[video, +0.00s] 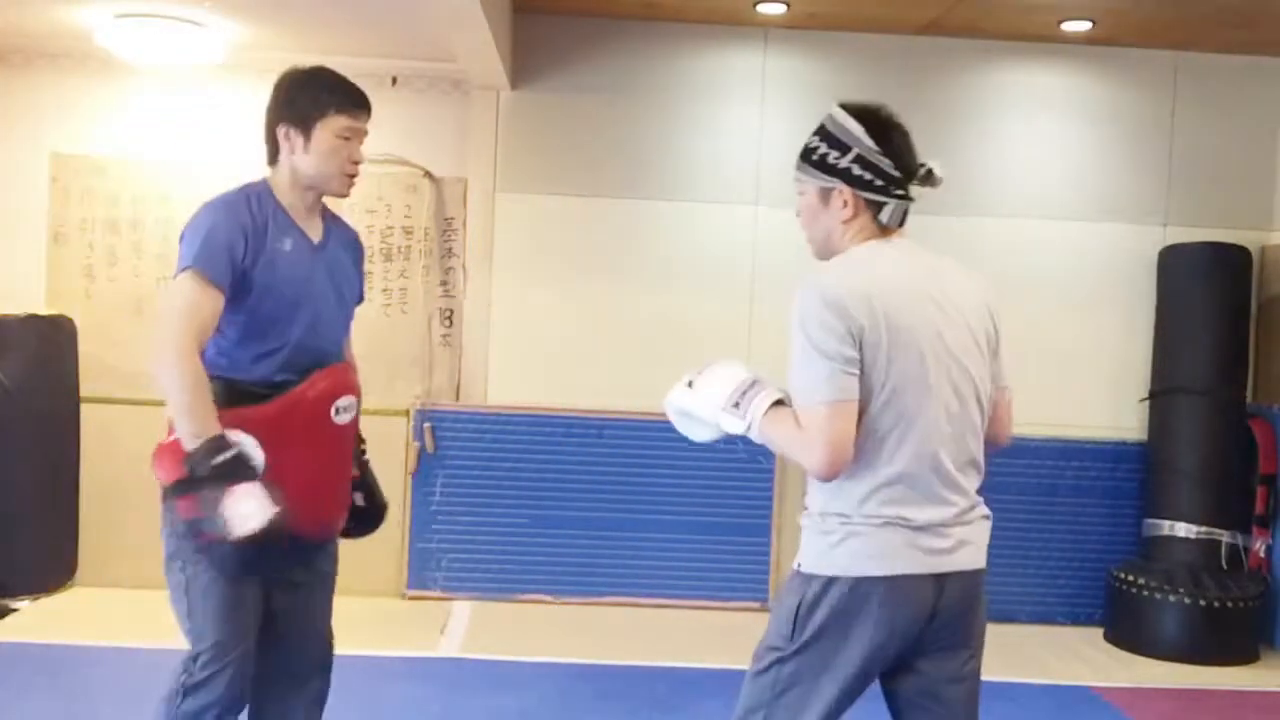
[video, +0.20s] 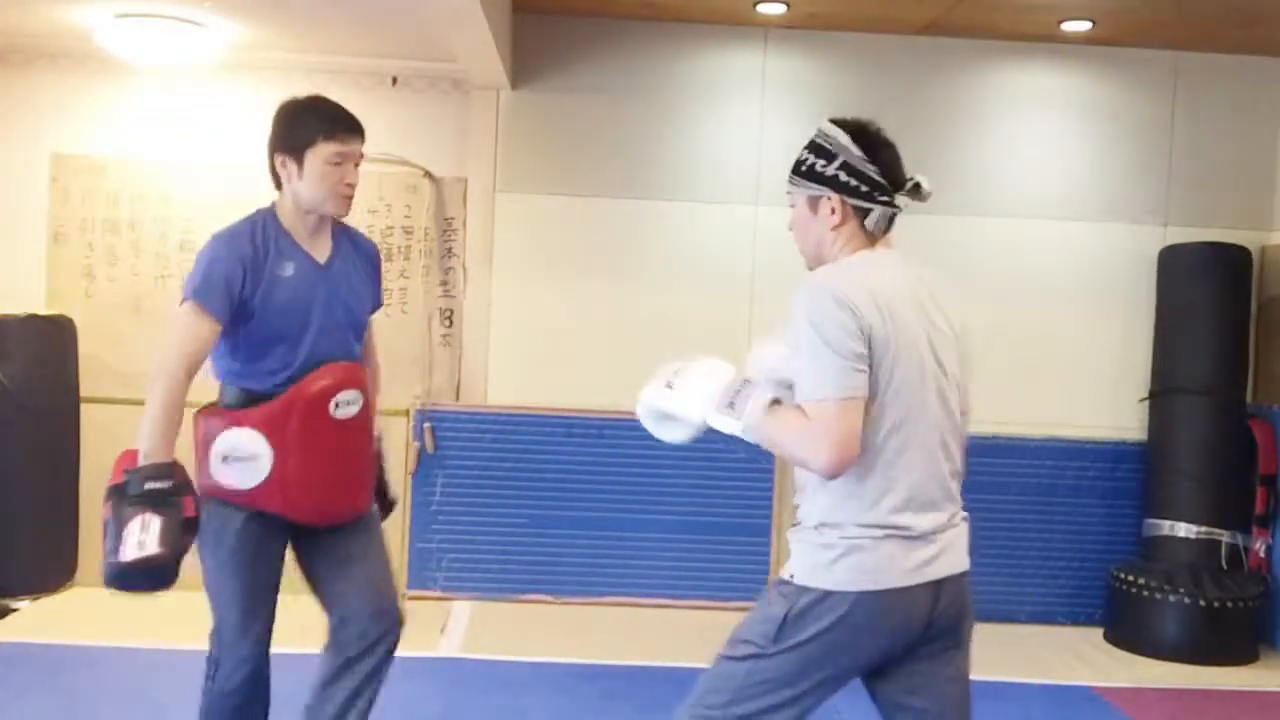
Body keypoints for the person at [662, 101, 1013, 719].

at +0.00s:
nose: (798, 215)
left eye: (805, 198)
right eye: (799, 198)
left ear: (844, 202)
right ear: (871, 204)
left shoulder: (834, 288)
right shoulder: (966, 287)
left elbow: (825, 452)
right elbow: (996, 429)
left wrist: (744, 399)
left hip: (856, 582)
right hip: (959, 578)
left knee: (767, 712)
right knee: (946, 716)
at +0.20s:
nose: (790, 224)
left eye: (794, 206)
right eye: (790, 206)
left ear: (831, 209)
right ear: (855, 210)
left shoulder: (831, 293)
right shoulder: (928, 292)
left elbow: (830, 447)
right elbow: (927, 433)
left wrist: (736, 402)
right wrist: (803, 385)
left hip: (846, 588)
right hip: (940, 582)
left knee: (712, 711)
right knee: (938, 713)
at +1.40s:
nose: (611, 243)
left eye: (614, 233)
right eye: (615, 233)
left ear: (622, 241)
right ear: (679, 251)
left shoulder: (571, 304)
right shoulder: (713, 333)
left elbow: (511, 406)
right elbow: (723, 448)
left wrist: (571, 392)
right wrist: (669, 412)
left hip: (553, 534)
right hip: (655, 546)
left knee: (498, 635)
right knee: (690, 693)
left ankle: (464, 714)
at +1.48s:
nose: (600, 237)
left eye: (605, 227)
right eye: (606, 227)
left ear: (613, 233)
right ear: (669, 248)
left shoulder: (562, 292)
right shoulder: (701, 328)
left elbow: (492, 376)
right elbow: (714, 446)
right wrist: (668, 395)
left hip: (543, 526)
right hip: (643, 539)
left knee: (483, 642)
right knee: (682, 691)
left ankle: (436, 713)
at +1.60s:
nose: (561, 230)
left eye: (565, 221)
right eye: (568, 221)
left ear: (571, 231)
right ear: (625, 241)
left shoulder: (522, 288)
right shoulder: (648, 320)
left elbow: (460, 304)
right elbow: (668, 443)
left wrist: (482, 258)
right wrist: (628, 397)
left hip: (510, 519)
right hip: (604, 527)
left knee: (454, 642)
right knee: (649, 674)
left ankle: (414, 706)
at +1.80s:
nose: (474, 218)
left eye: (477, 210)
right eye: (477, 209)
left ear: (488, 218)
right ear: (543, 219)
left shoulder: (478, 292)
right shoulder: (573, 286)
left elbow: (430, 385)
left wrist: (413, 331)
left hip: (493, 493)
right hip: (575, 493)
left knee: (431, 627)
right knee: (588, 644)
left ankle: (410, 712)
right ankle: (618, 715)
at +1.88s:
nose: (471, 212)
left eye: (473, 204)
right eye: (473, 204)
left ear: (480, 209)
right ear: (539, 211)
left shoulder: (463, 282)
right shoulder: (566, 271)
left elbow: (410, 362)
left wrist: (400, 314)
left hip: (487, 482)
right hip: (570, 479)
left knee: (430, 623)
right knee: (585, 631)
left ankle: (410, 714)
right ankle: (617, 716)